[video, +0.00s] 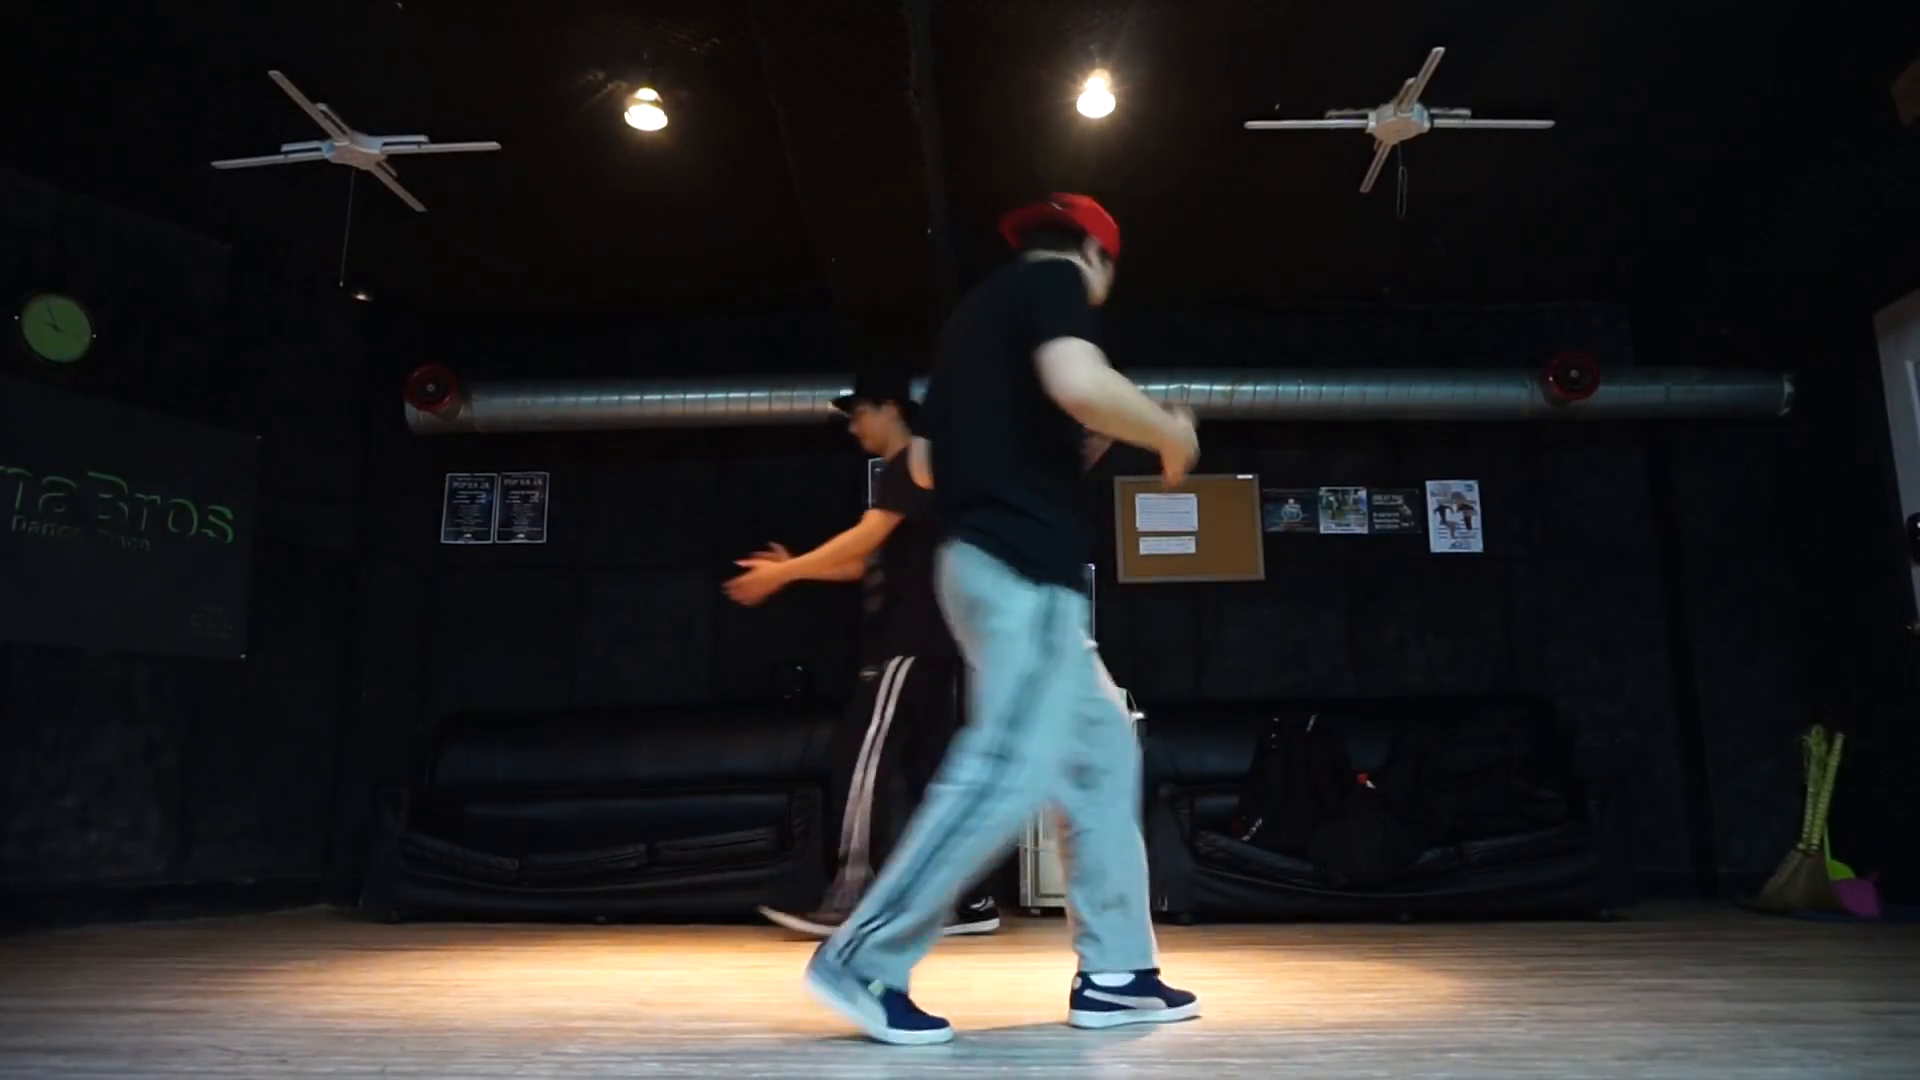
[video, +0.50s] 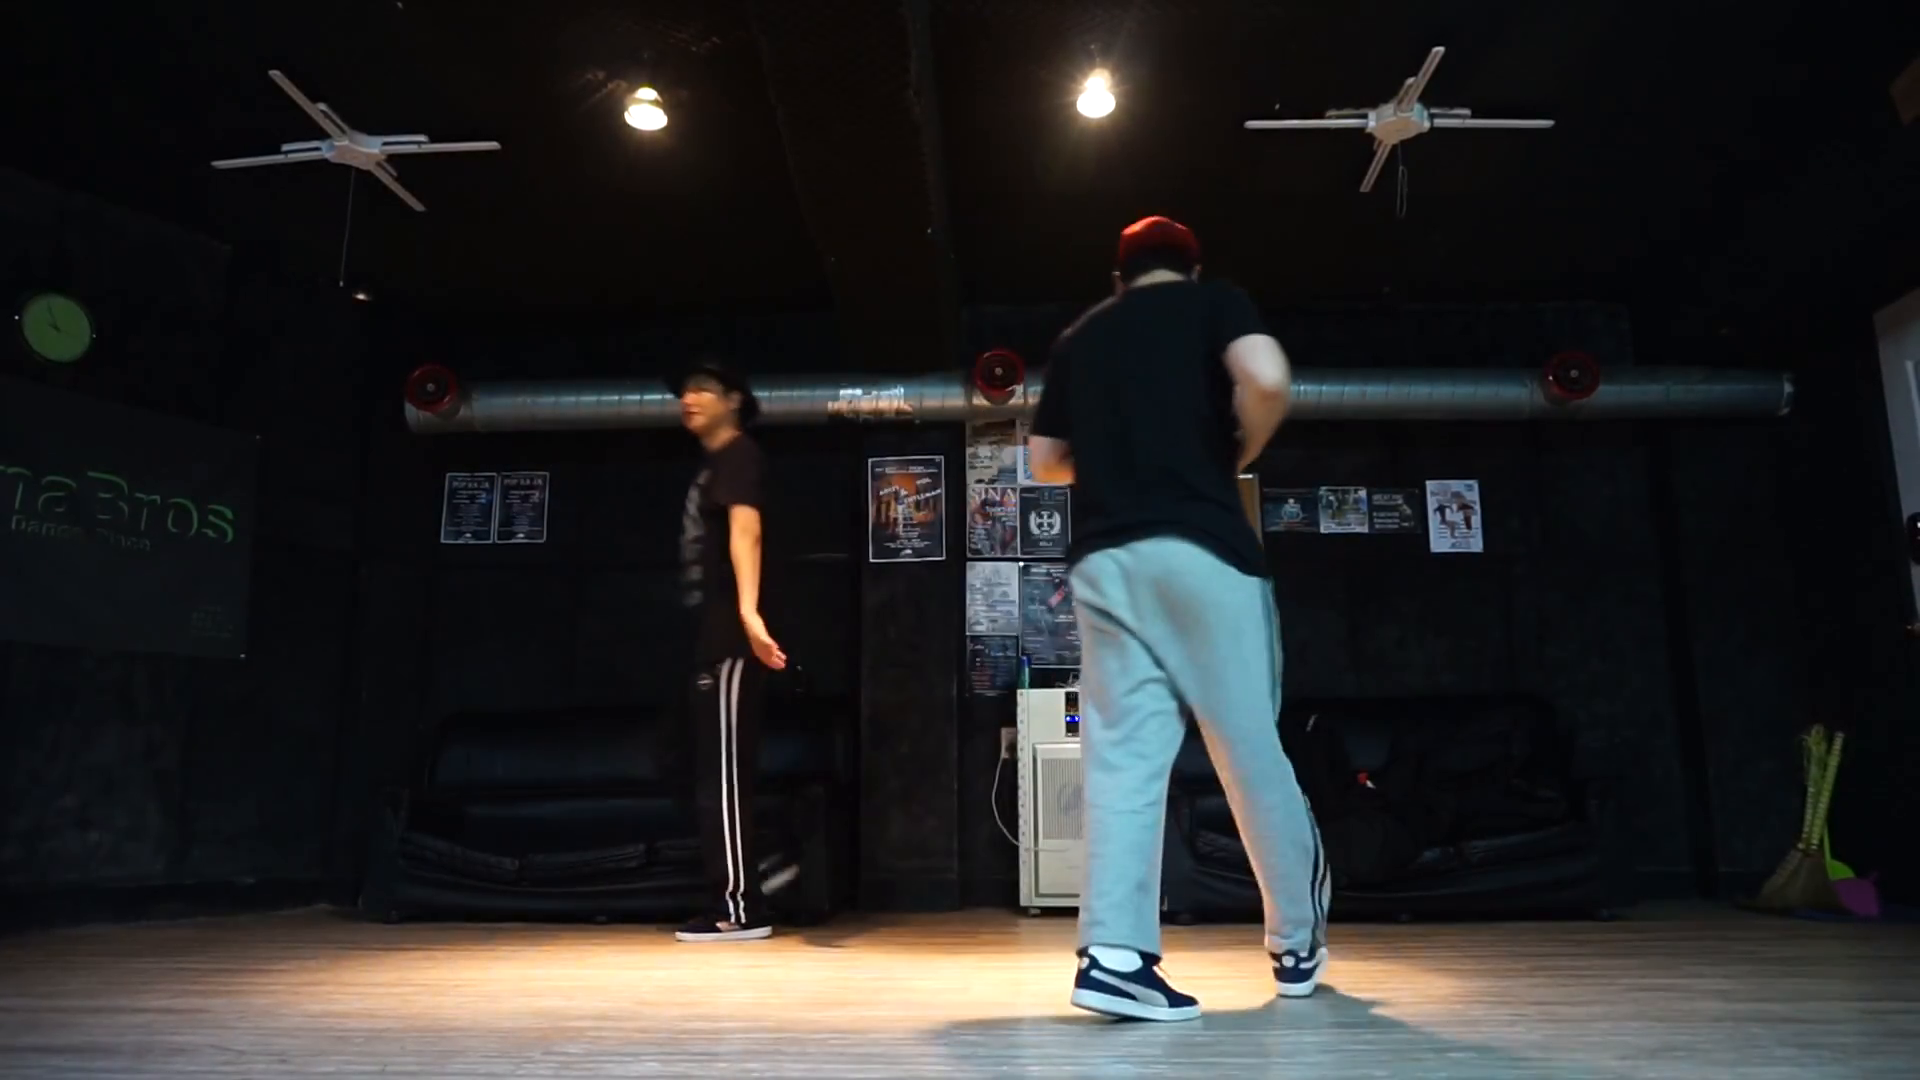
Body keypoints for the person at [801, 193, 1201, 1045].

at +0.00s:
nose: (1106, 277)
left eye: (1106, 263)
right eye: (1105, 261)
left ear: (1034, 246)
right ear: (1088, 248)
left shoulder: (979, 314)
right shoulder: (1054, 280)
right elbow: (1076, 381)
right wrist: (1171, 430)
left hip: (986, 563)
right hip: (1022, 567)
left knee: (1104, 747)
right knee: (1011, 764)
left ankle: (1117, 971)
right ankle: (863, 961)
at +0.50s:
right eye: (1186, 264)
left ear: (1119, 275)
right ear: (1192, 267)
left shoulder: (1078, 339)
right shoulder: (1215, 300)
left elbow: (1047, 461)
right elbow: (1267, 381)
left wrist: (1120, 461)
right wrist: (1241, 457)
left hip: (1103, 555)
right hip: (1199, 542)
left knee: (1124, 757)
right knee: (1250, 751)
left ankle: (1114, 958)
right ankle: (1296, 944)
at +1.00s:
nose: (1171, 340)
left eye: (1169, 330)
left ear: (1174, 331)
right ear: (1241, 324)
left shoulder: (1148, 377)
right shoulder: (1291, 378)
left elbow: (1107, 461)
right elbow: (1342, 491)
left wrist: (1132, 533)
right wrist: (1274, 490)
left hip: (1185, 596)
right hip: (1276, 592)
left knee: (1187, 764)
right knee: (1285, 775)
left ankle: (1227, 919)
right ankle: (1288, 948)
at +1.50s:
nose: (1090, 395)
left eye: (1094, 381)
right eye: (1088, 382)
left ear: (1126, 374)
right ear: (1148, 374)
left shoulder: (1152, 423)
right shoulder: (1209, 424)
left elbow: (1187, 510)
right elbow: (1255, 526)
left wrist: (1099, 533)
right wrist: (1185, 549)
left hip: (1159, 635)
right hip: (1220, 630)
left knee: (1141, 788)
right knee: (1205, 770)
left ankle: (1216, 936)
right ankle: (1263, 869)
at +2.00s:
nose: (1026, 406)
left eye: (1037, 394)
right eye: (1023, 397)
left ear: (1071, 395)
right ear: (1035, 405)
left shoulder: (1084, 435)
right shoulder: (1101, 441)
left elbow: (1111, 494)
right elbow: (1166, 528)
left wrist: (1025, 534)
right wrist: (1099, 564)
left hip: (1105, 645)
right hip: (1091, 643)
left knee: (1085, 787)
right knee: (1061, 782)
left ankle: (1200, 892)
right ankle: (1090, 923)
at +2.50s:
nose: (970, 385)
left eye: (983, 376)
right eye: (964, 377)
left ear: (1012, 390)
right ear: (957, 393)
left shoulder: (1035, 444)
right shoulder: (973, 465)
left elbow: (1097, 509)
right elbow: (952, 552)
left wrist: (1049, 578)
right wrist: (883, 541)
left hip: (1019, 634)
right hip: (993, 636)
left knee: (966, 766)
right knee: (1025, 774)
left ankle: (950, 917)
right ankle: (1089, 912)